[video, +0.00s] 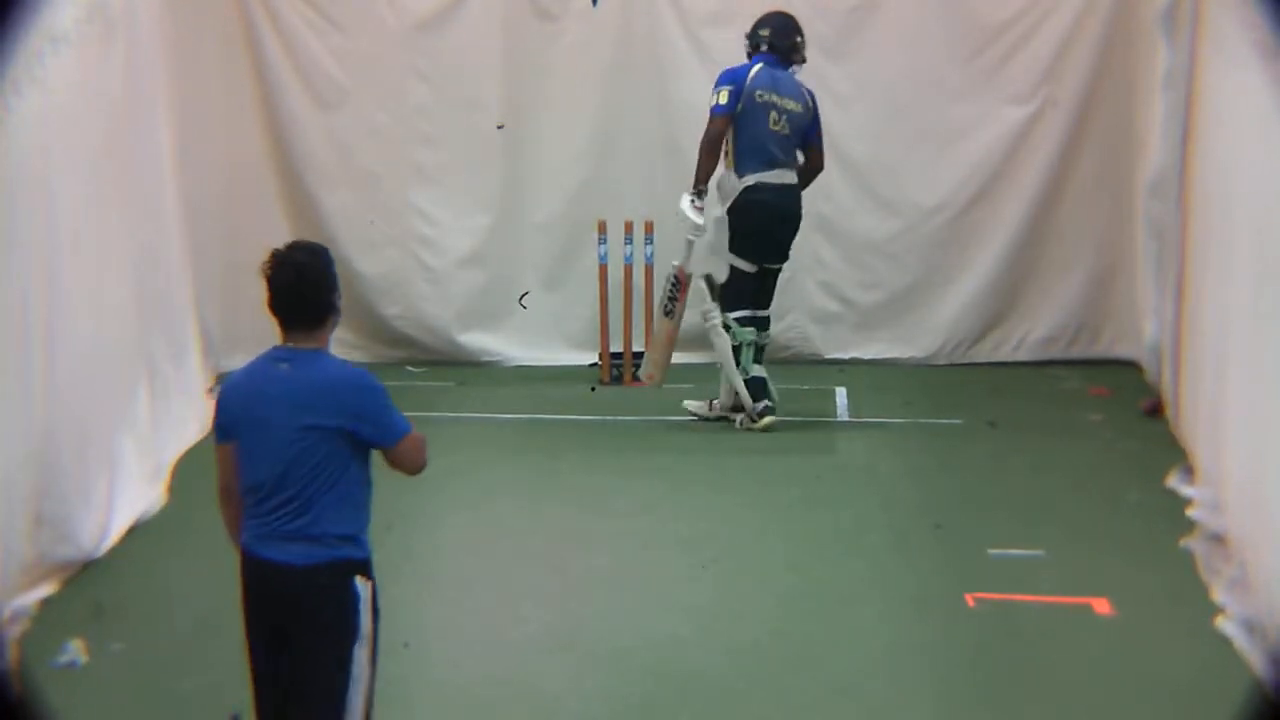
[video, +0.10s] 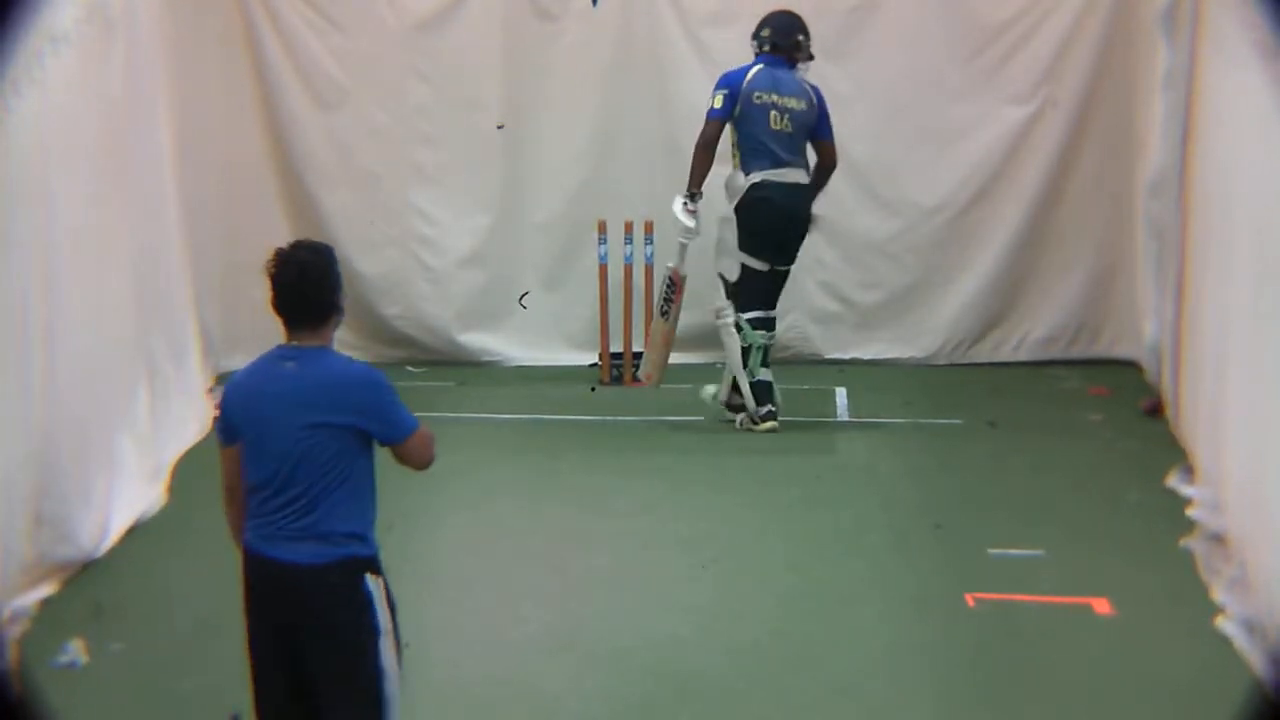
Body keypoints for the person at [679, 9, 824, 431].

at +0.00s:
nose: (750, 48)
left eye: (752, 42)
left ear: (756, 44)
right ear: (795, 49)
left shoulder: (736, 76)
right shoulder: (804, 95)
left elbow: (714, 135)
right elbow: (815, 162)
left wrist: (698, 192)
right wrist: (783, 191)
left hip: (750, 199)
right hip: (789, 202)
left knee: (736, 295)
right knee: (761, 298)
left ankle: (758, 397)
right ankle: (734, 397)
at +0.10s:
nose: (758, 46)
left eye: (759, 39)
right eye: (804, 46)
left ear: (760, 43)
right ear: (800, 48)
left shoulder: (735, 80)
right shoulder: (810, 93)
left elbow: (708, 140)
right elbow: (828, 160)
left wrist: (692, 195)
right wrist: (805, 200)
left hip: (757, 198)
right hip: (798, 201)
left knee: (750, 295)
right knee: (766, 297)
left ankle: (762, 403)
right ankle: (739, 389)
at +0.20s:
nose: (817, 51)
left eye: (767, 37)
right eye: (814, 45)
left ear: (768, 40)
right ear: (808, 45)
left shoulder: (740, 79)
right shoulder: (818, 90)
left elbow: (709, 141)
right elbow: (838, 158)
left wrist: (693, 196)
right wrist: (832, 208)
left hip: (764, 196)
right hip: (808, 198)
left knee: (758, 292)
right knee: (784, 292)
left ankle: (764, 405)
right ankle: (764, 392)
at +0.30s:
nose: (826, 51)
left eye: (826, 45)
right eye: (824, 44)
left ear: (780, 39)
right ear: (816, 44)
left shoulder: (746, 79)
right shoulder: (826, 91)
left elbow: (715, 141)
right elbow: (845, 156)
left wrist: (699, 196)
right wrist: (856, 214)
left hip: (771, 198)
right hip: (817, 198)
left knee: (766, 295)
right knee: (803, 291)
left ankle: (766, 407)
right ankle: (804, 395)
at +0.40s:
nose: (838, 55)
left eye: (839, 46)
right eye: (835, 46)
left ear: (796, 40)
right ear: (822, 44)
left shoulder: (757, 80)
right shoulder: (835, 92)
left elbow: (725, 140)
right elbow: (854, 158)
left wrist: (708, 195)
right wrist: (876, 216)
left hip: (779, 201)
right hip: (826, 201)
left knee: (772, 298)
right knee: (831, 289)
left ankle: (767, 408)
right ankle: (848, 393)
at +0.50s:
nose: (857, 59)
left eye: (858, 50)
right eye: (854, 50)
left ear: (815, 43)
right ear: (840, 47)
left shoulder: (772, 82)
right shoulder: (849, 95)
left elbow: (739, 139)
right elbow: (867, 162)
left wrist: (723, 195)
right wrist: (893, 218)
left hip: (788, 205)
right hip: (837, 204)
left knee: (776, 300)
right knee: (866, 286)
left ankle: (766, 406)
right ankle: (891, 380)